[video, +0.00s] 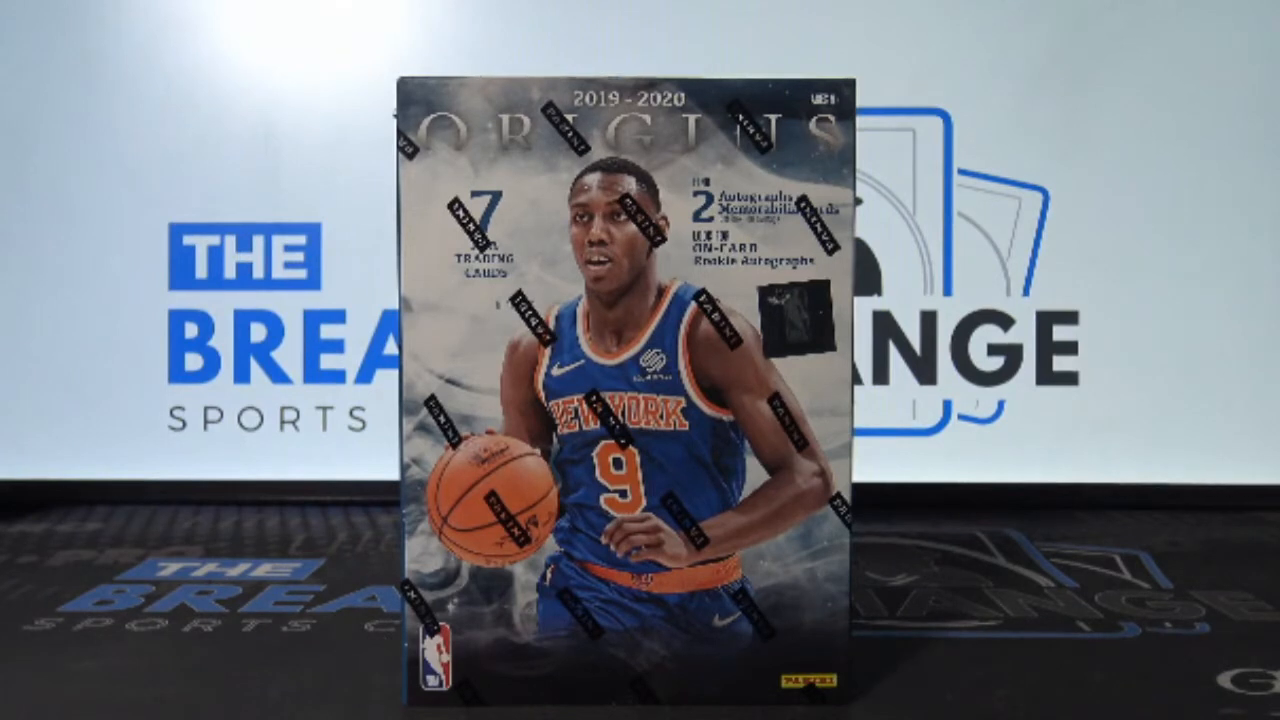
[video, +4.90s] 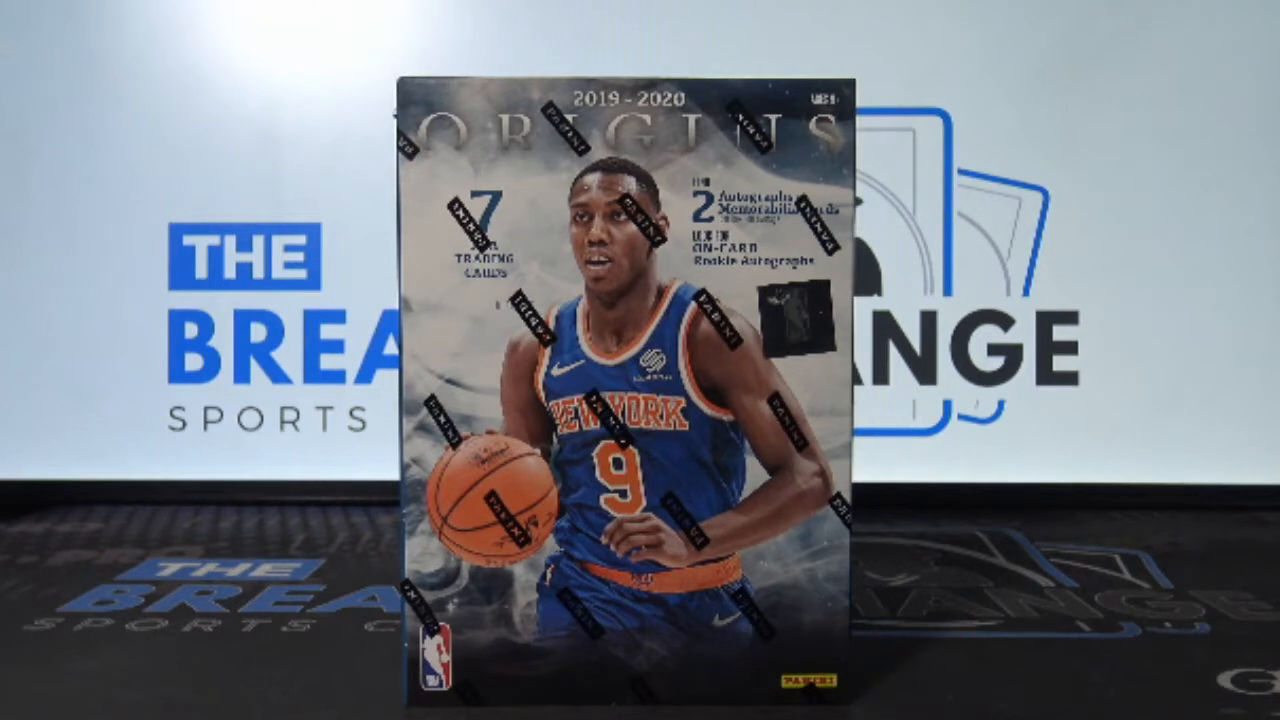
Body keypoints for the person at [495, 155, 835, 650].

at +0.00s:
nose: (595, 234)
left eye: (617, 216)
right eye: (582, 218)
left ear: (657, 230)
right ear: (570, 231)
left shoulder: (712, 334)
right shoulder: (534, 352)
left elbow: (809, 476)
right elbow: (525, 486)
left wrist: (694, 544)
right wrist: (479, 469)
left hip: (697, 613)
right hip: (583, 606)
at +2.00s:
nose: (595, 235)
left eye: (617, 216)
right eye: (582, 218)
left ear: (657, 230)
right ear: (570, 232)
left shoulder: (712, 334)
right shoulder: (534, 353)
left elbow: (809, 476)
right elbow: (525, 488)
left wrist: (695, 543)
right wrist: (475, 473)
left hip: (697, 612)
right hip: (582, 605)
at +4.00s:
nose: (595, 235)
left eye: (617, 216)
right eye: (582, 218)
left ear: (657, 230)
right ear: (569, 232)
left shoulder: (713, 335)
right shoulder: (535, 352)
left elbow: (810, 477)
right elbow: (530, 489)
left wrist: (696, 541)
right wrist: (485, 467)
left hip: (697, 614)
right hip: (582, 606)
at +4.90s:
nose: (595, 235)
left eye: (617, 216)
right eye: (582, 218)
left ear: (657, 229)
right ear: (569, 232)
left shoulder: (712, 334)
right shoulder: (534, 353)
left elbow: (810, 478)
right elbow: (529, 491)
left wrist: (696, 541)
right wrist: (487, 468)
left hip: (698, 612)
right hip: (584, 606)